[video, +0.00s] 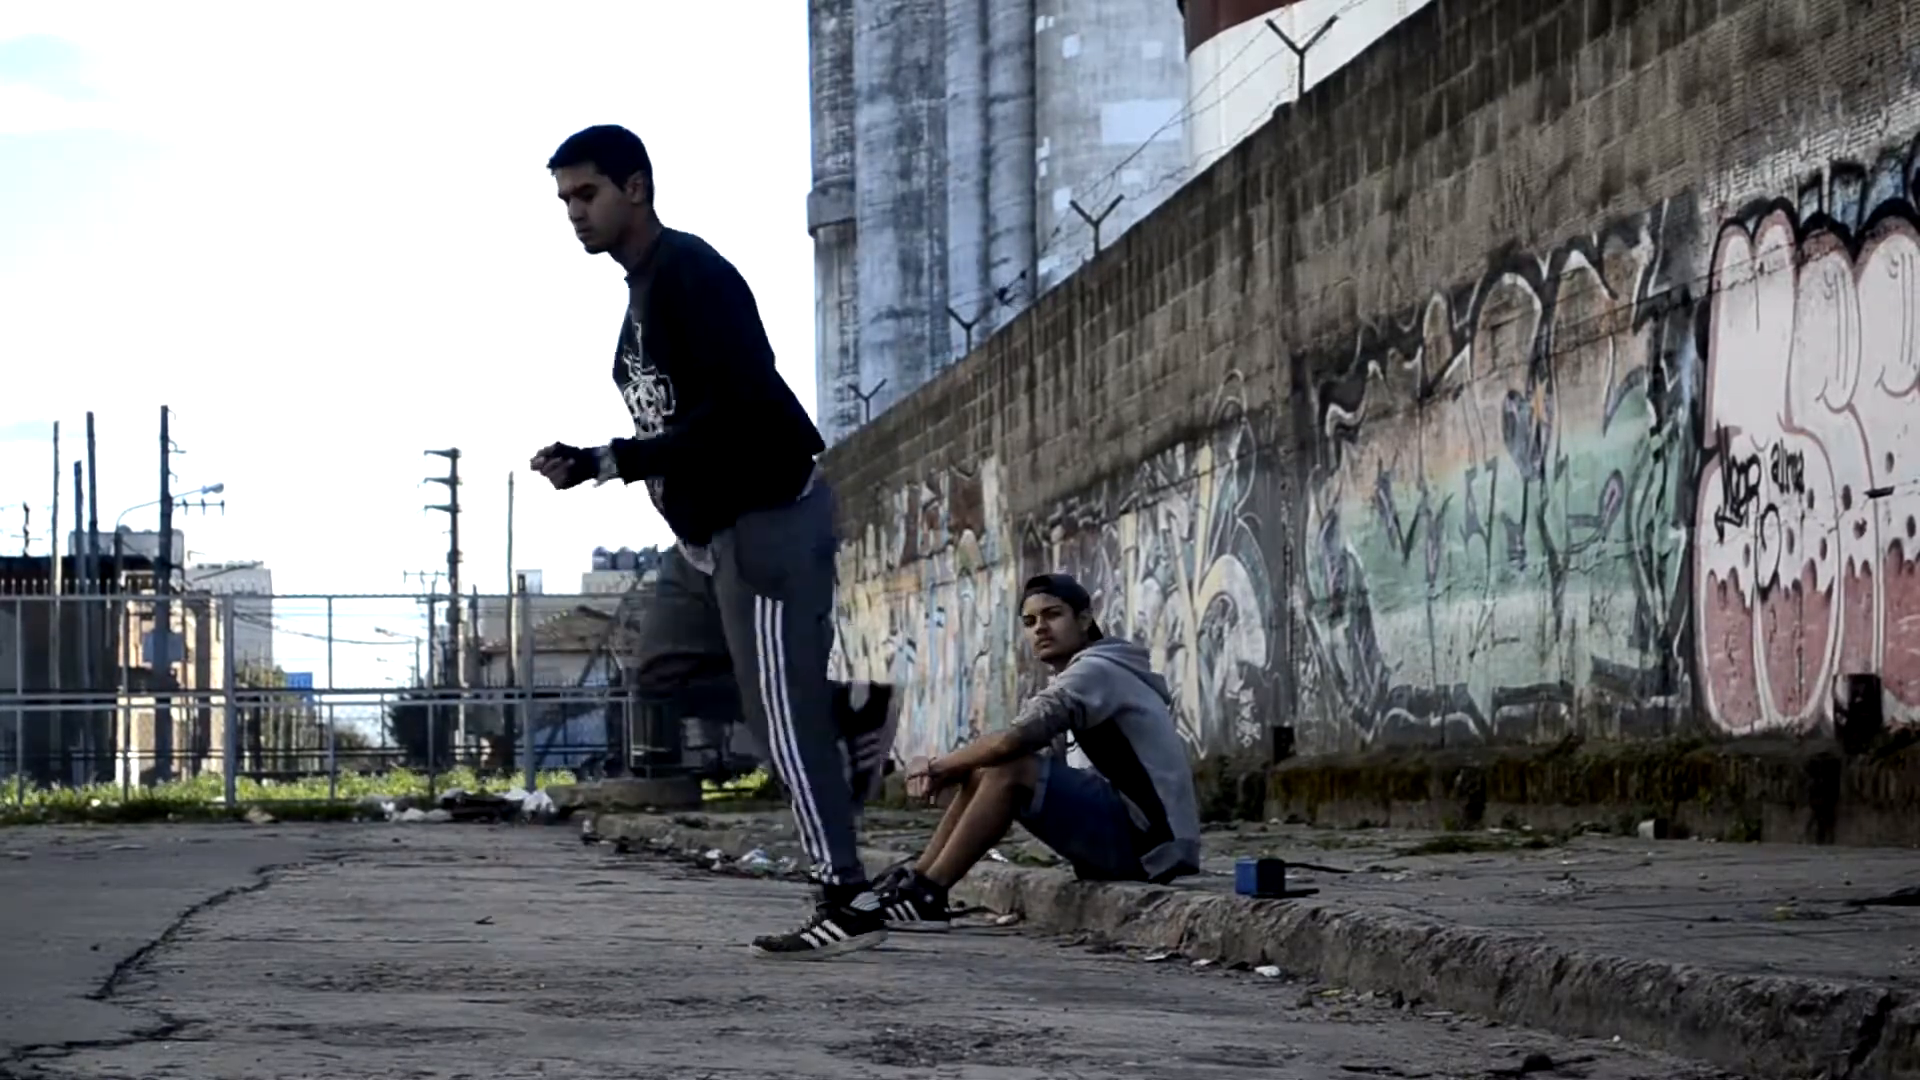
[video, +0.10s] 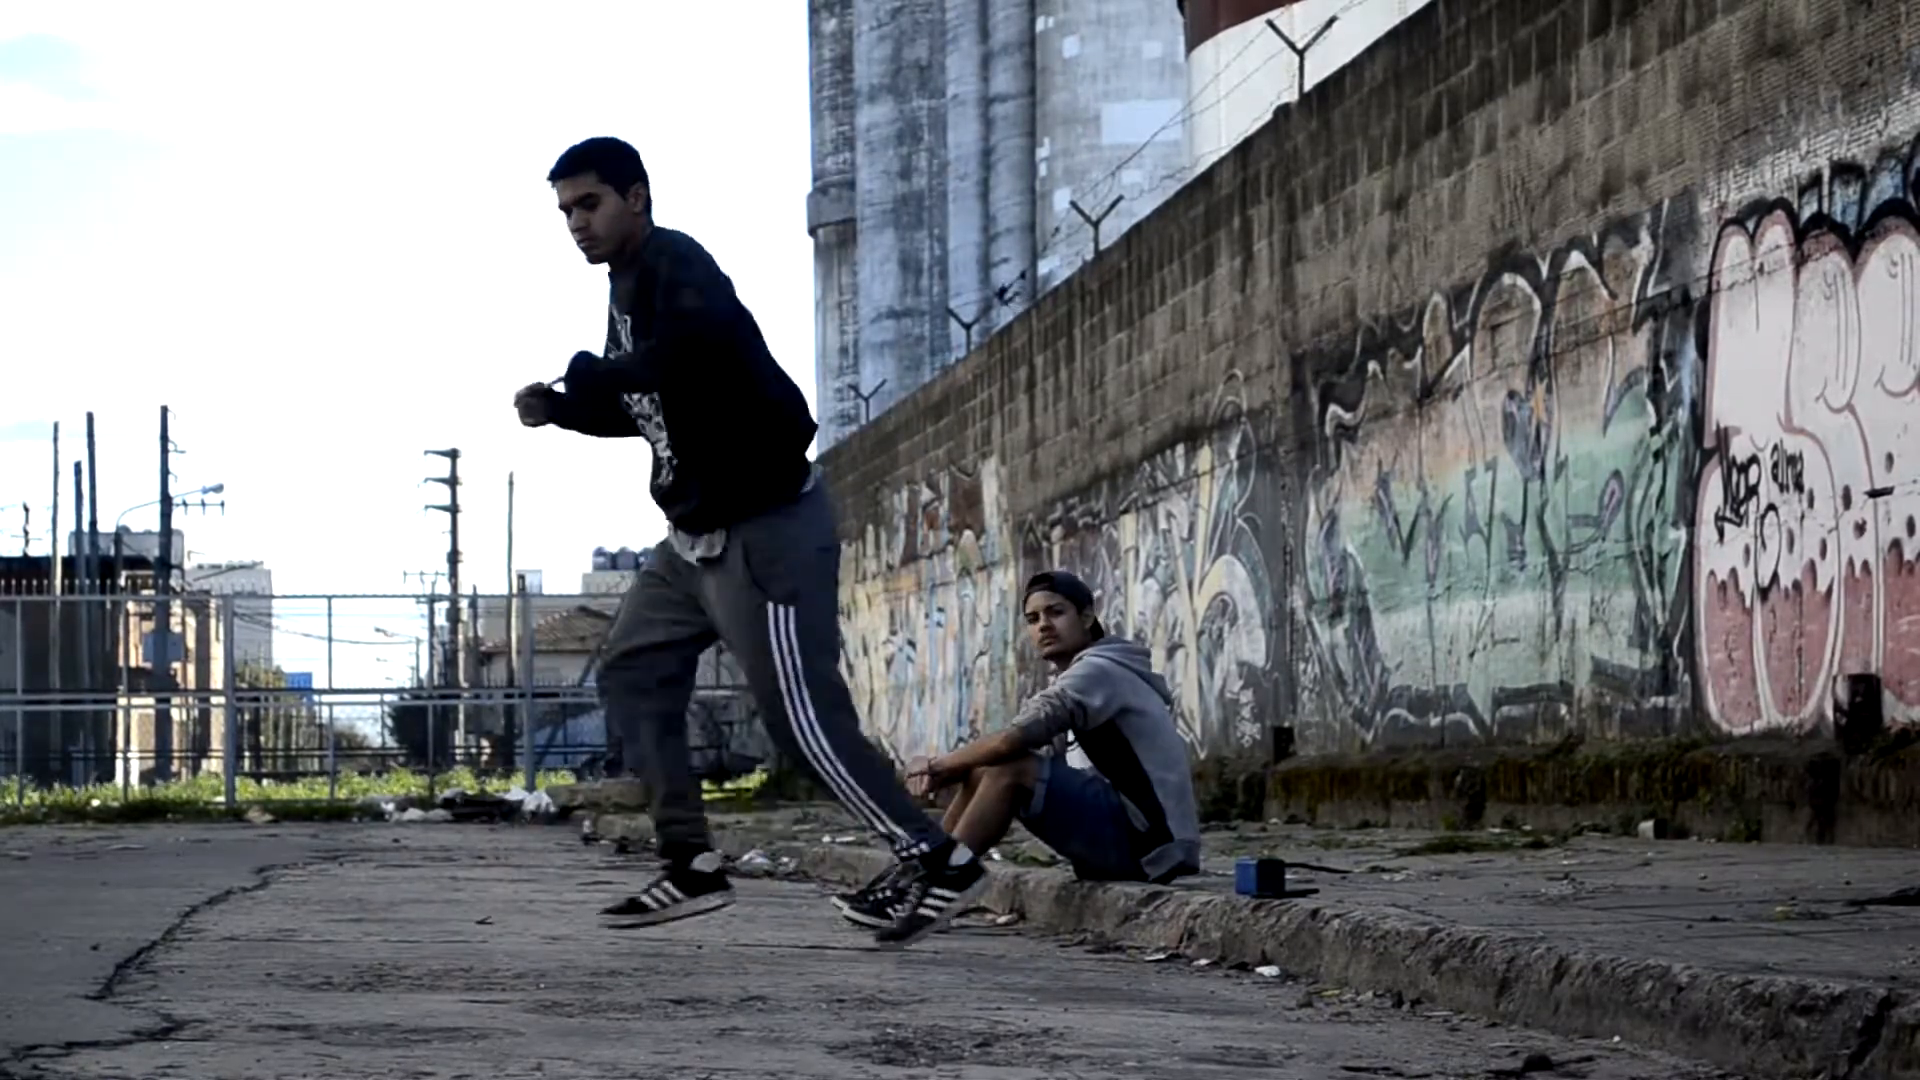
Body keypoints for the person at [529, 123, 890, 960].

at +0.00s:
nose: (572, 215)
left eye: (583, 196)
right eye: (565, 201)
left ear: (635, 186)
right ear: (581, 203)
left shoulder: (689, 275)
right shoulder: (647, 292)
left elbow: (723, 425)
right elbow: (690, 424)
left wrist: (603, 461)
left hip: (771, 518)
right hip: (722, 530)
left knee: (786, 710)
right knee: (658, 672)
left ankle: (846, 898)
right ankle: (849, 710)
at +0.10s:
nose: (576, 223)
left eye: (587, 205)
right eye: (566, 212)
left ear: (634, 196)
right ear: (570, 220)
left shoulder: (672, 262)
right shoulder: (626, 288)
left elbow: (699, 341)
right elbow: (643, 409)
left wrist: (594, 377)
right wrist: (563, 408)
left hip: (767, 525)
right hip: (697, 535)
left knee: (806, 718)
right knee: (633, 675)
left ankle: (937, 857)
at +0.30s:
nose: (603, 231)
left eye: (618, 215)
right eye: (590, 221)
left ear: (653, 221)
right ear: (582, 237)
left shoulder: (681, 292)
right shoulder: (624, 317)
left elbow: (625, 352)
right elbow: (597, 373)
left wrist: (576, 380)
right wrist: (573, 398)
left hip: (763, 551)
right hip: (684, 570)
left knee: (791, 734)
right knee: (630, 724)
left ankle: (943, 854)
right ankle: (647, 903)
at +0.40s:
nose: (613, 193)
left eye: (629, 175)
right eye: (600, 180)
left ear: (665, 180)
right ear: (591, 193)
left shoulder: (711, 268)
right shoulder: (621, 294)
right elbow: (638, 411)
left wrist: (655, 461)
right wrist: (615, 478)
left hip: (770, 500)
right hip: (709, 524)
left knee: (709, 677)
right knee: (688, 700)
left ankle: (873, 747)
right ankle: (737, 895)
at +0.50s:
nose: (634, 216)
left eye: (649, 199)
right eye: (620, 204)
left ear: (683, 205)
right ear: (609, 217)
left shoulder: (736, 292)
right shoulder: (637, 318)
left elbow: (811, 403)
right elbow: (680, 432)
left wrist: (745, 491)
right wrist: (648, 486)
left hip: (777, 515)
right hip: (725, 526)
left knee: (645, 625)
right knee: (734, 734)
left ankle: (811, 672)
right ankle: (832, 903)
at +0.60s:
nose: (619, 227)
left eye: (634, 210)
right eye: (605, 214)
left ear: (666, 215)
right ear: (594, 229)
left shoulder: (723, 298)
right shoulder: (621, 338)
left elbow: (829, 393)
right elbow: (639, 437)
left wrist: (801, 490)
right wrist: (631, 474)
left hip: (774, 506)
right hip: (752, 517)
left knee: (635, 603)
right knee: (781, 717)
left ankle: (771, 733)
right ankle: (840, 905)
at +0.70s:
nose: (605, 236)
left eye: (619, 218)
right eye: (590, 224)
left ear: (653, 218)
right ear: (579, 234)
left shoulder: (712, 288)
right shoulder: (598, 324)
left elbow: (840, 339)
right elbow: (569, 409)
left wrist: (815, 441)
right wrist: (564, 439)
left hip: (782, 503)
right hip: (752, 515)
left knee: (668, 646)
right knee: (801, 706)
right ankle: (930, 860)